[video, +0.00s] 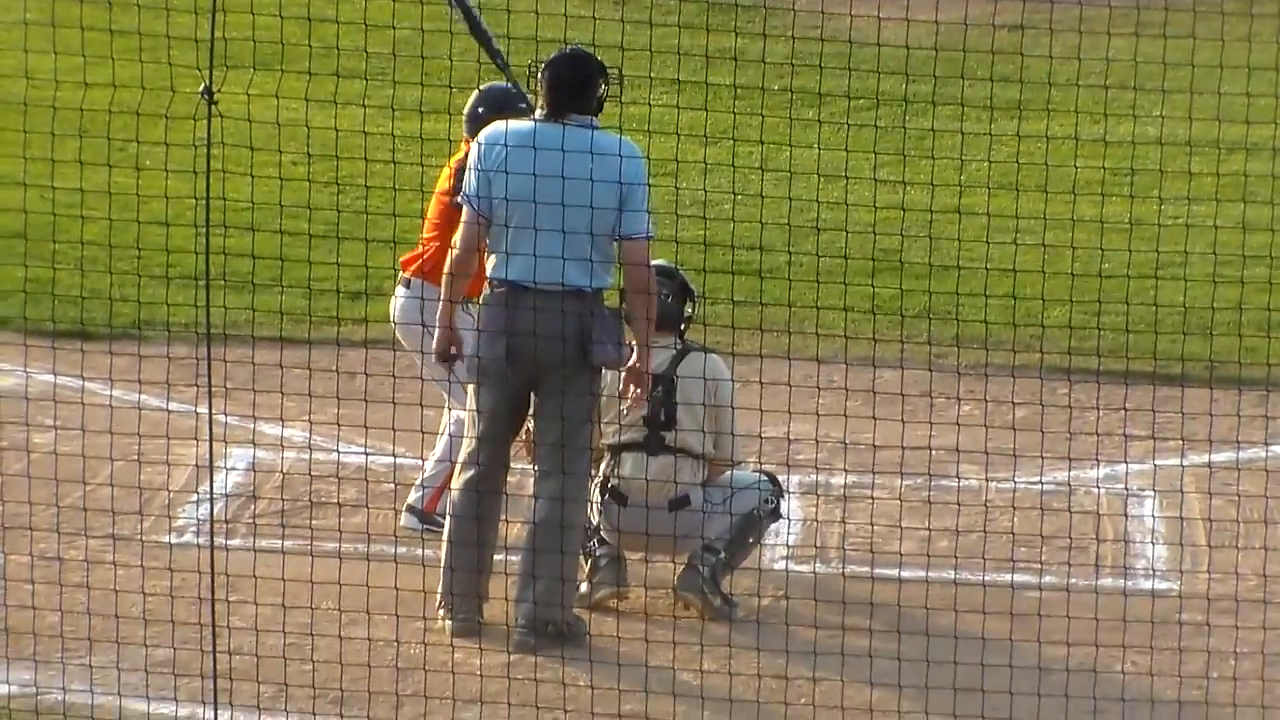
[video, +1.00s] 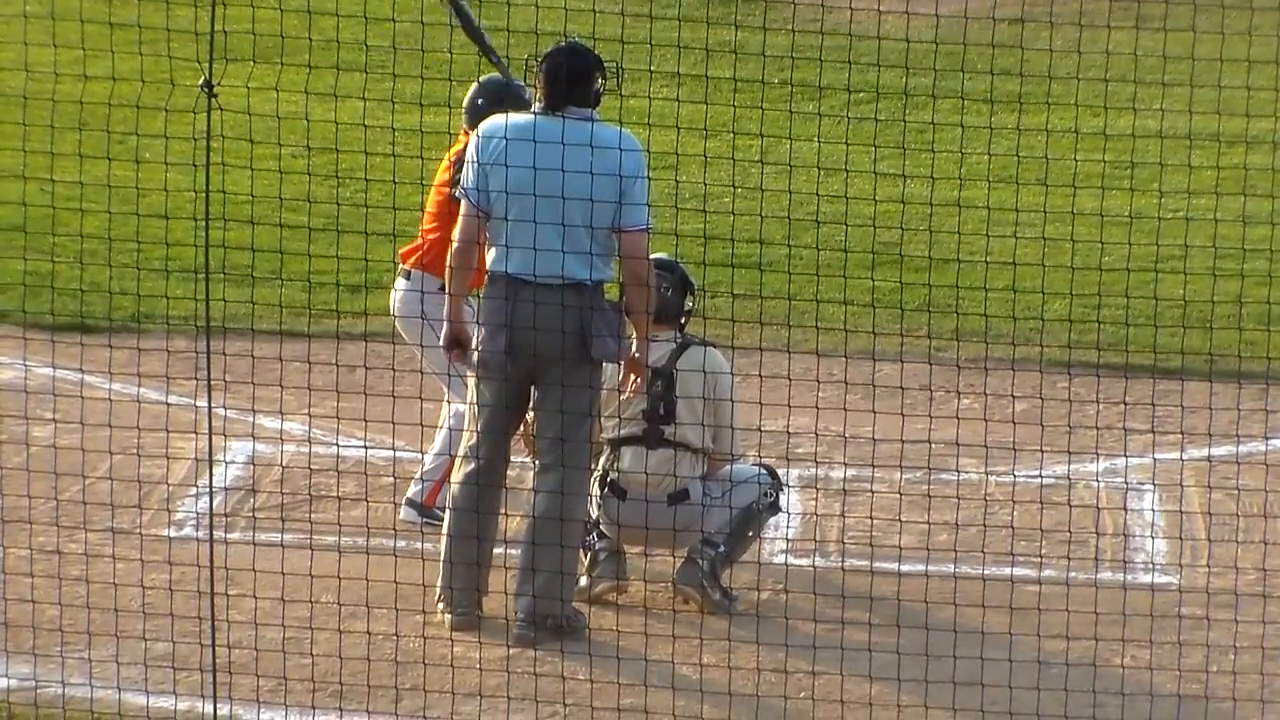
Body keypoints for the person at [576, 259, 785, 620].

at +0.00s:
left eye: (635, 300)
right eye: (684, 303)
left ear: (628, 309)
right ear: (681, 314)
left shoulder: (606, 364)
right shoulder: (709, 366)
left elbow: (587, 451)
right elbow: (720, 464)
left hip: (616, 518)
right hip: (683, 520)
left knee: (581, 474)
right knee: (766, 489)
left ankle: (604, 564)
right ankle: (704, 571)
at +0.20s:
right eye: (683, 301)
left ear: (633, 309)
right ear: (682, 312)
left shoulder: (608, 361)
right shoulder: (709, 364)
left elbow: (591, 447)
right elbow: (722, 460)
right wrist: (680, 477)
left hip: (617, 517)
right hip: (682, 519)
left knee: (598, 472)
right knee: (765, 487)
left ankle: (604, 563)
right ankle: (704, 569)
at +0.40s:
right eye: (684, 299)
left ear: (633, 306)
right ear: (682, 310)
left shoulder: (608, 359)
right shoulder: (709, 363)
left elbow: (591, 445)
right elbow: (721, 458)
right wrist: (682, 475)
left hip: (615, 514)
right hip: (682, 517)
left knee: (591, 471)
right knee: (765, 485)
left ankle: (603, 560)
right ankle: (704, 566)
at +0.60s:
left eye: (632, 294)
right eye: (685, 299)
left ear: (631, 304)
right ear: (681, 309)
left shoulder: (606, 358)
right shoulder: (708, 361)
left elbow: (585, 443)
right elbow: (723, 455)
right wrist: (687, 479)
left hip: (615, 513)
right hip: (681, 515)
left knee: (587, 472)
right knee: (764, 483)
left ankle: (603, 559)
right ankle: (703, 566)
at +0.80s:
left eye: (633, 292)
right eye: (684, 296)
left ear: (630, 303)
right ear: (681, 308)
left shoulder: (606, 357)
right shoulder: (708, 359)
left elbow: (586, 440)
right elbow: (722, 453)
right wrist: (686, 478)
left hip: (616, 511)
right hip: (682, 513)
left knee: (590, 469)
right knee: (765, 481)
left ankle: (603, 557)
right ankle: (703, 564)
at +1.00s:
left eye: (633, 293)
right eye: (686, 298)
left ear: (629, 303)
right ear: (682, 309)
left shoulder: (606, 357)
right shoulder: (709, 361)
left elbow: (585, 443)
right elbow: (719, 458)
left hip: (615, 512)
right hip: (680, 514)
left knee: (590, 470)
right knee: (765, 482)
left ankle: (604, 557)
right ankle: (703, 564)